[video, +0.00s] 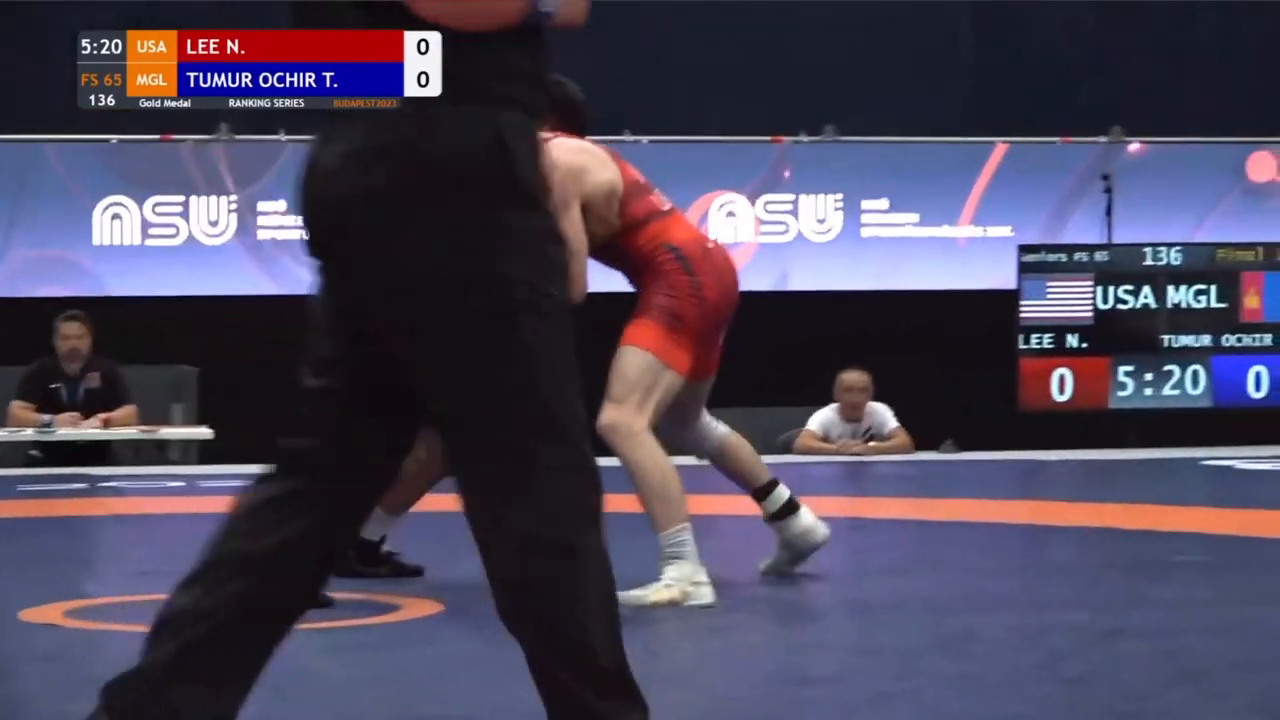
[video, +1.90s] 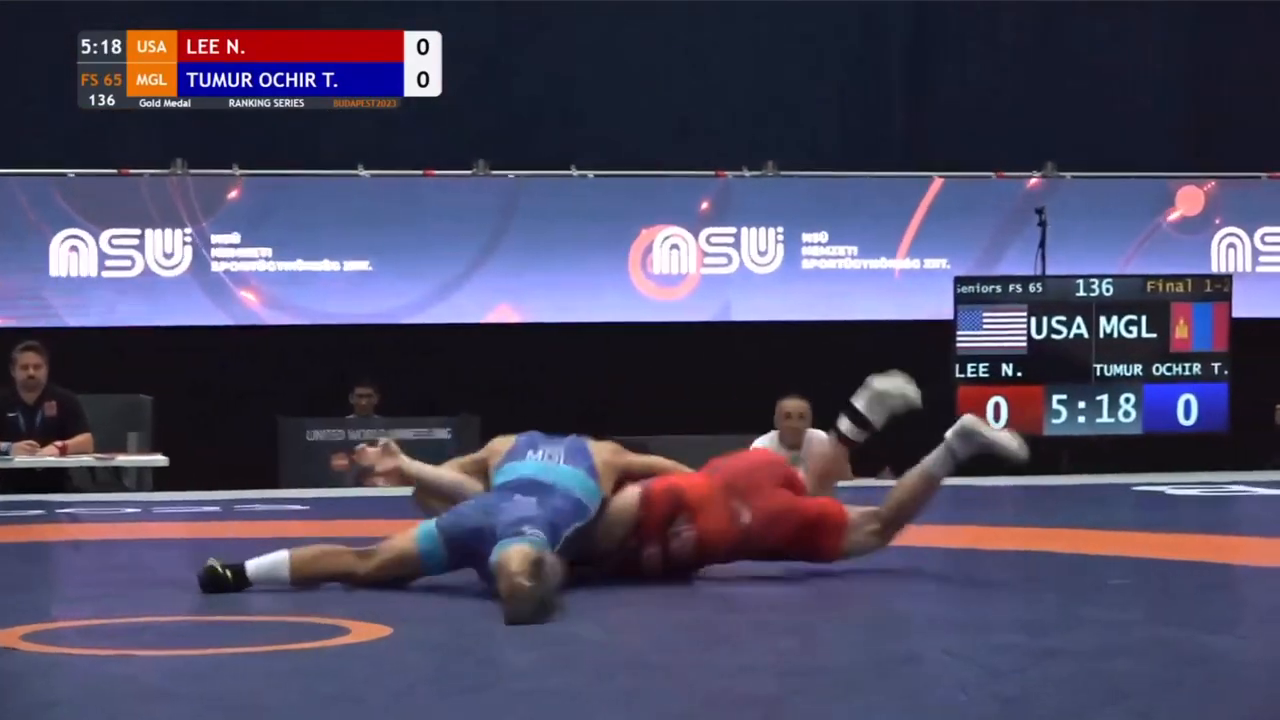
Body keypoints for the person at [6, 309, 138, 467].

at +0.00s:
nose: (73, 345)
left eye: (79, 338)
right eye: (65, 338)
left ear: (90, 340)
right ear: (55, 342)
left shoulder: (107, 371)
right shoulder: (40, 372)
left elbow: (131, 415)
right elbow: (15, 415)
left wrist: (102, 420)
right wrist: (52, 421)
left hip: (97, 456)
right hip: (49, 457)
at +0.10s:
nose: (50, 352)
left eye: (57, 345)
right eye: (42, 346)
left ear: (68, 347)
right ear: (31, 348)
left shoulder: (85, 379)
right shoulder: (14, 382)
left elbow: (108, 423)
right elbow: (2, 422)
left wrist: (78, 427)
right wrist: (29, 429)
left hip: (75, 465)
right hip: (27, 467)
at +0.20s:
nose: (28, 357)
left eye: (35, 351)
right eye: (21, 351)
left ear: (45, 353)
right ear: (9, 354)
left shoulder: (62, 383)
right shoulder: (4, 386)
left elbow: (86, 428)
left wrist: (55, 433)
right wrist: (7, 434)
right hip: (8, 473)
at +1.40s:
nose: (32, 371)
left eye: (38, 365)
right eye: (26, 366)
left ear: (48, 367)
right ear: (14, 368)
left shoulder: (64, 397)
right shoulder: (4, 399)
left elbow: (88, 438)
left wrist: (58, 444)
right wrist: (11, 445)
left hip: (57, 481)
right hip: (13, 483)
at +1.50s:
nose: (46, 371)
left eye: (52, 365)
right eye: (39, 366)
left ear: (62, 368)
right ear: (28, 369)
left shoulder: (78, 398)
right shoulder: (13, 400)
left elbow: (101, 439)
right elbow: (2, 438)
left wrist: (72, 444)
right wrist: (25, 445)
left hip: (71, 481)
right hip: (26, 482)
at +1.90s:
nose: (31, 374)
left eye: (37, 367)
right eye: (24, 368)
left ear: (46, 370)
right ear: (13, 371)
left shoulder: (64, 401)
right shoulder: (5, 402)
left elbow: (87, 443)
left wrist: (57, 448)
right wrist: (9, 448)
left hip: (54, 486)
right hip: (11, 488)